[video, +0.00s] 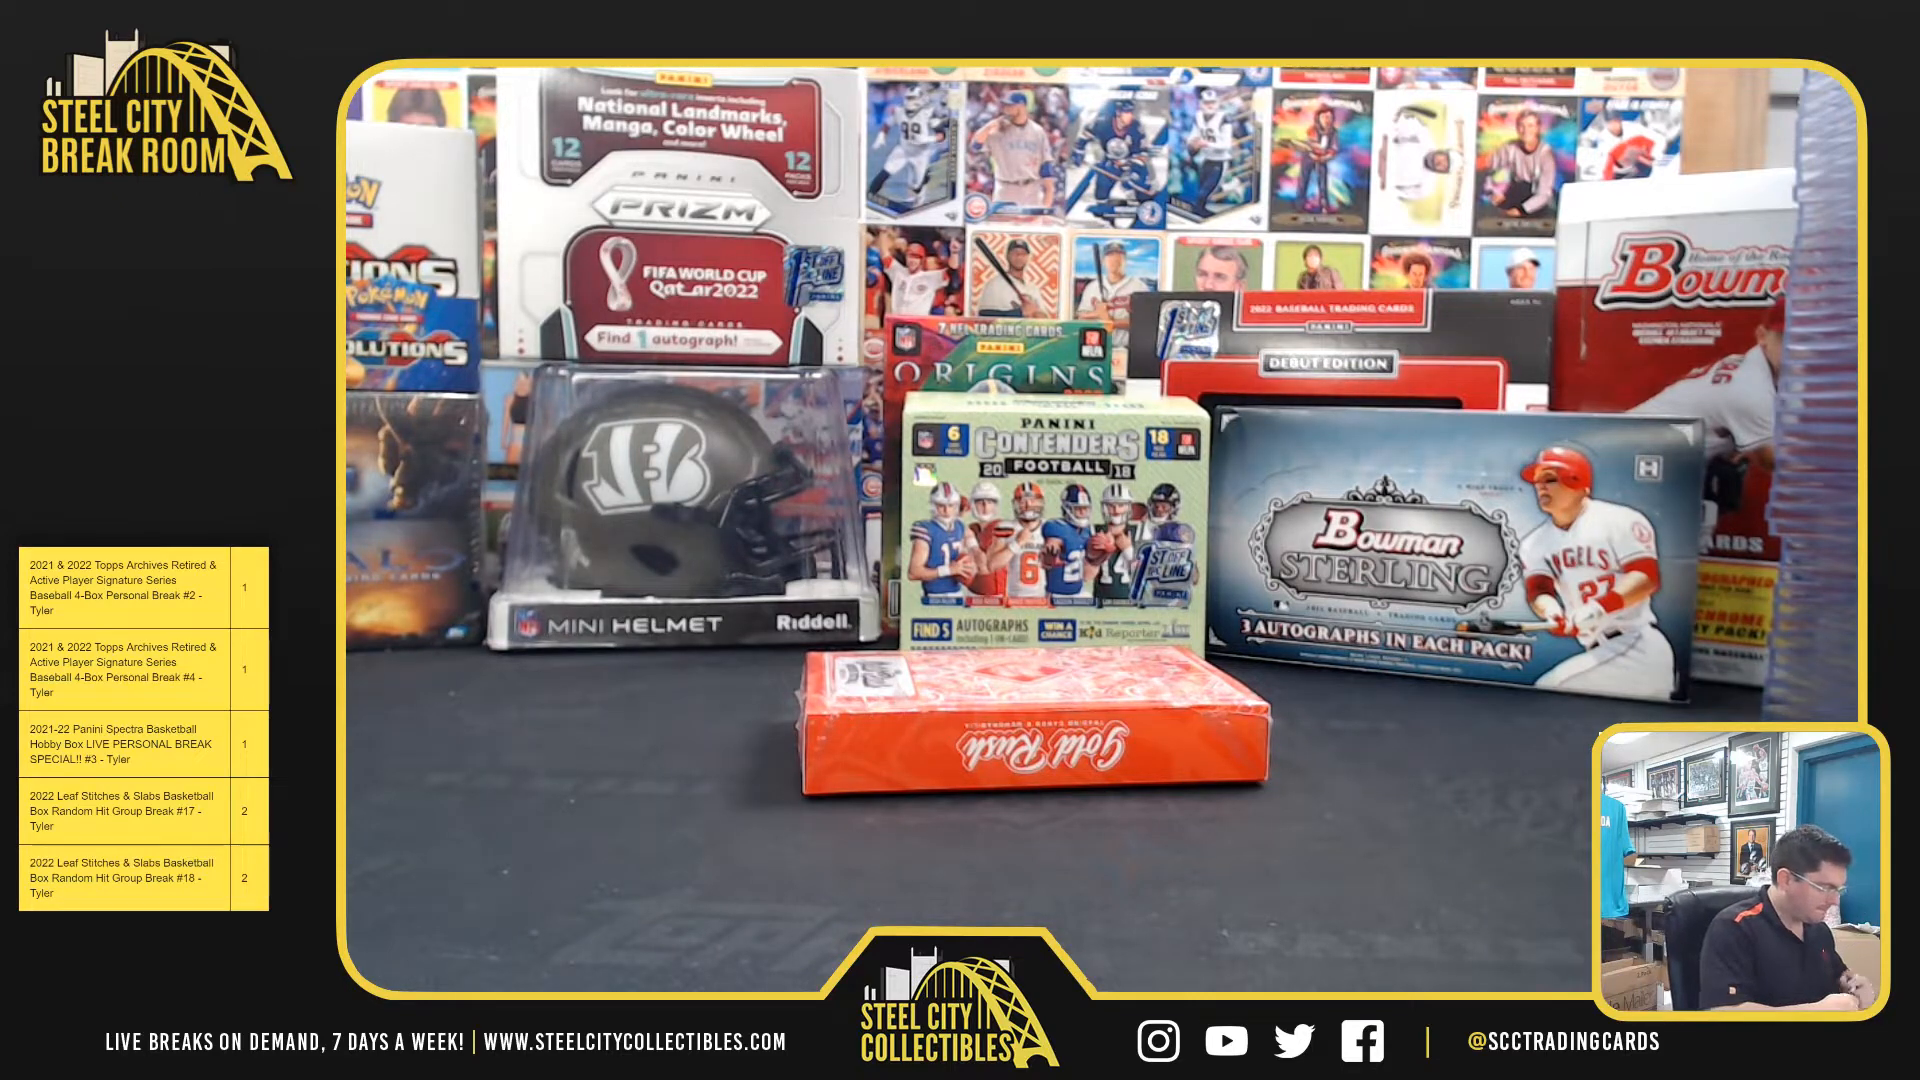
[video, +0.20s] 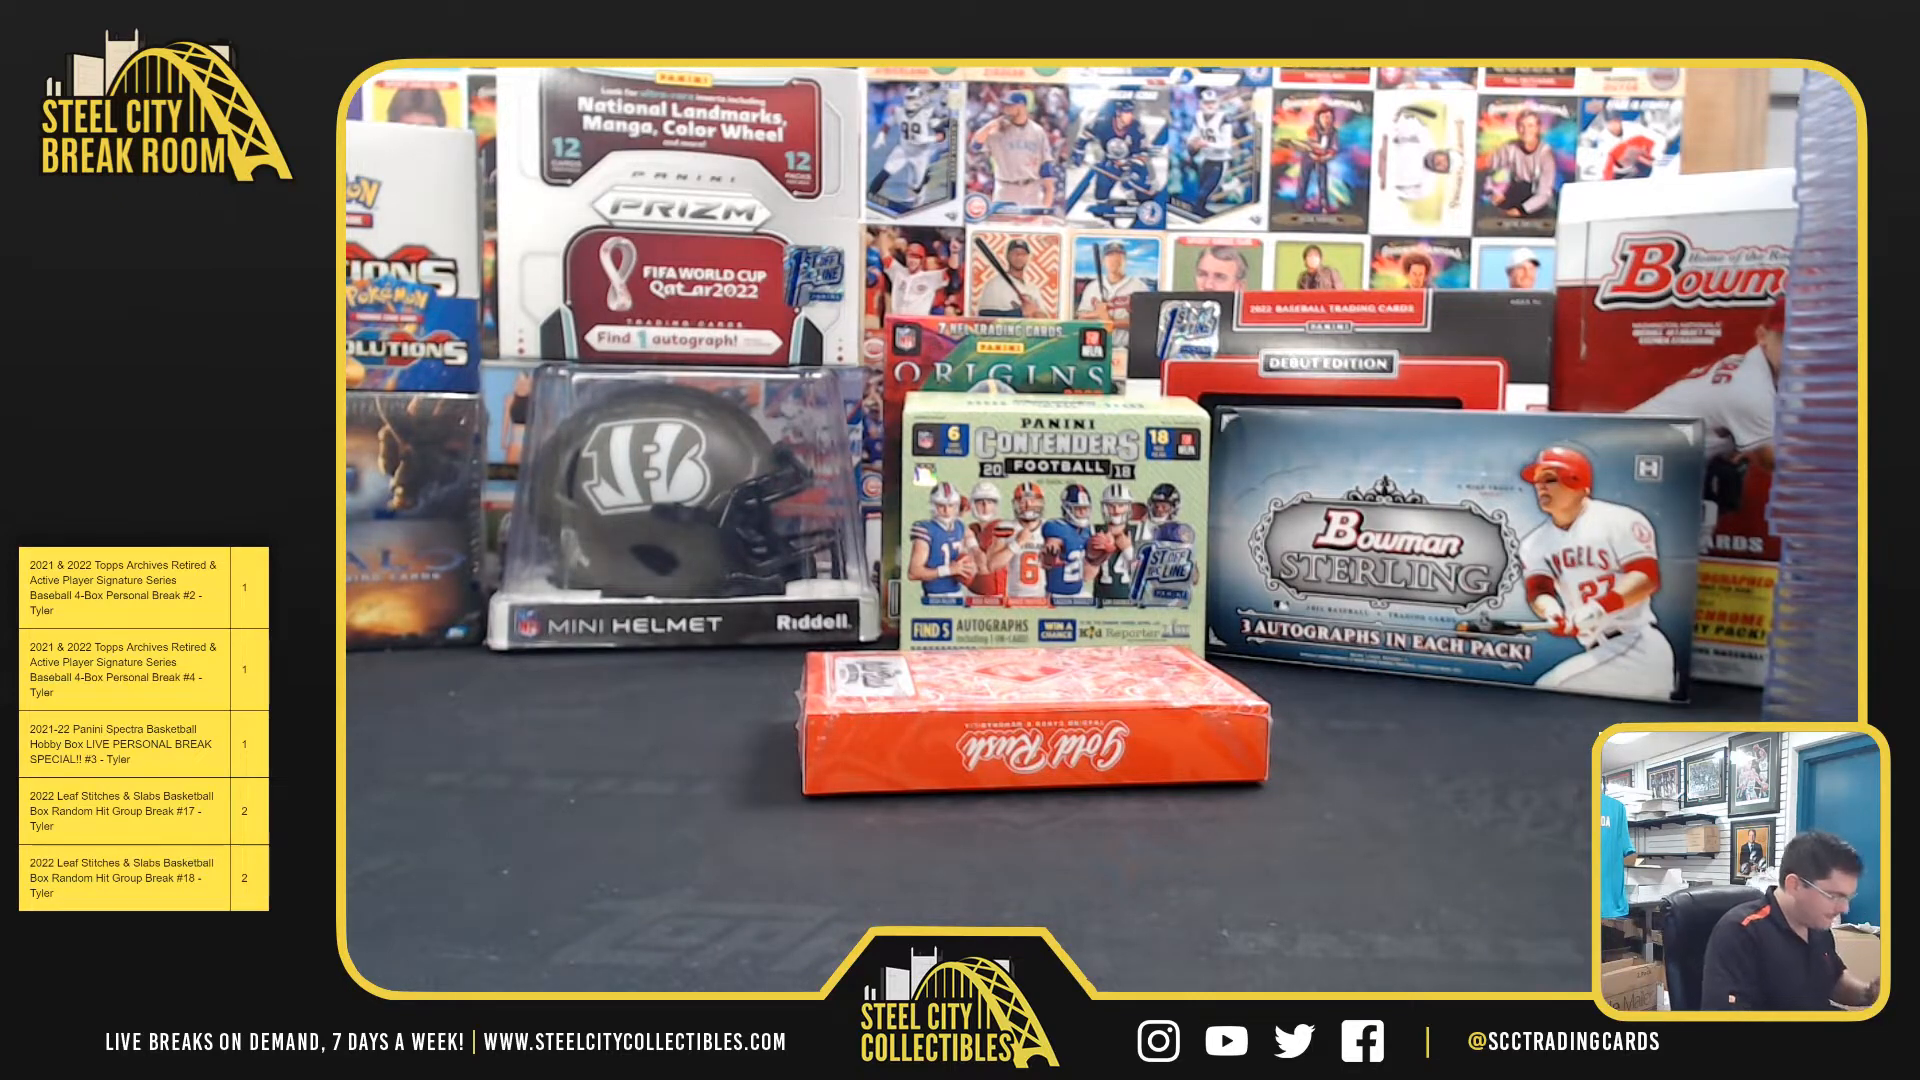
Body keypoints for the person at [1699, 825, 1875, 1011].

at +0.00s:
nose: (1834, 901)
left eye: (1838, 890)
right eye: (1825, 888)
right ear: (1785, 879)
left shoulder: (1817, 927)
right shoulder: (1731, 927)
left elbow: (1838, 974)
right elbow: (1724, 1010)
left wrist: (1858, 987)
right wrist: (1819, 1010)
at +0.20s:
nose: (1845, 909)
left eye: (1848, 898)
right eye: (1835, 897)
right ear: (1794, 884)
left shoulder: (1815, 924)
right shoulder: (1738, 931)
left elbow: (1833, 979)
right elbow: (1723, 1017)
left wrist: (1866, 993)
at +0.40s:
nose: (1857, 916)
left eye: (1862, 905)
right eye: (1848, 904)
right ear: (1806, 890)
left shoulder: (1823, 924)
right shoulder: (1745, 934)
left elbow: (1841, 985)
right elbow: (1725, 1021)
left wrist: (1884, 1002)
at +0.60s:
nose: (1867, 926)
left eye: (1873, 915)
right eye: (1860, 914)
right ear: (1817, 897)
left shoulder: (1829, 928)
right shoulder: (1751, 938)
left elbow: (1848, 989)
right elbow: (1737, 1019)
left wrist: (1887, 1006)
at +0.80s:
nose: (1876, 935)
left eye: (1878, 924)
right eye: (1870, 923)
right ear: (1826, 905)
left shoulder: (1831, 931)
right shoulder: (1756, 941)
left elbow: (1853, 988)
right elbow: (1745, 1022)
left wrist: (1889, 1009)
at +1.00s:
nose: (1876, 938)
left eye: (1879, 928)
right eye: (1872, 926)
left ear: (1830, 909)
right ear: (1831, 909)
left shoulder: (1834, 934)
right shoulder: (1759, 942)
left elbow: (1855, 989)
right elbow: (1743, 1020)